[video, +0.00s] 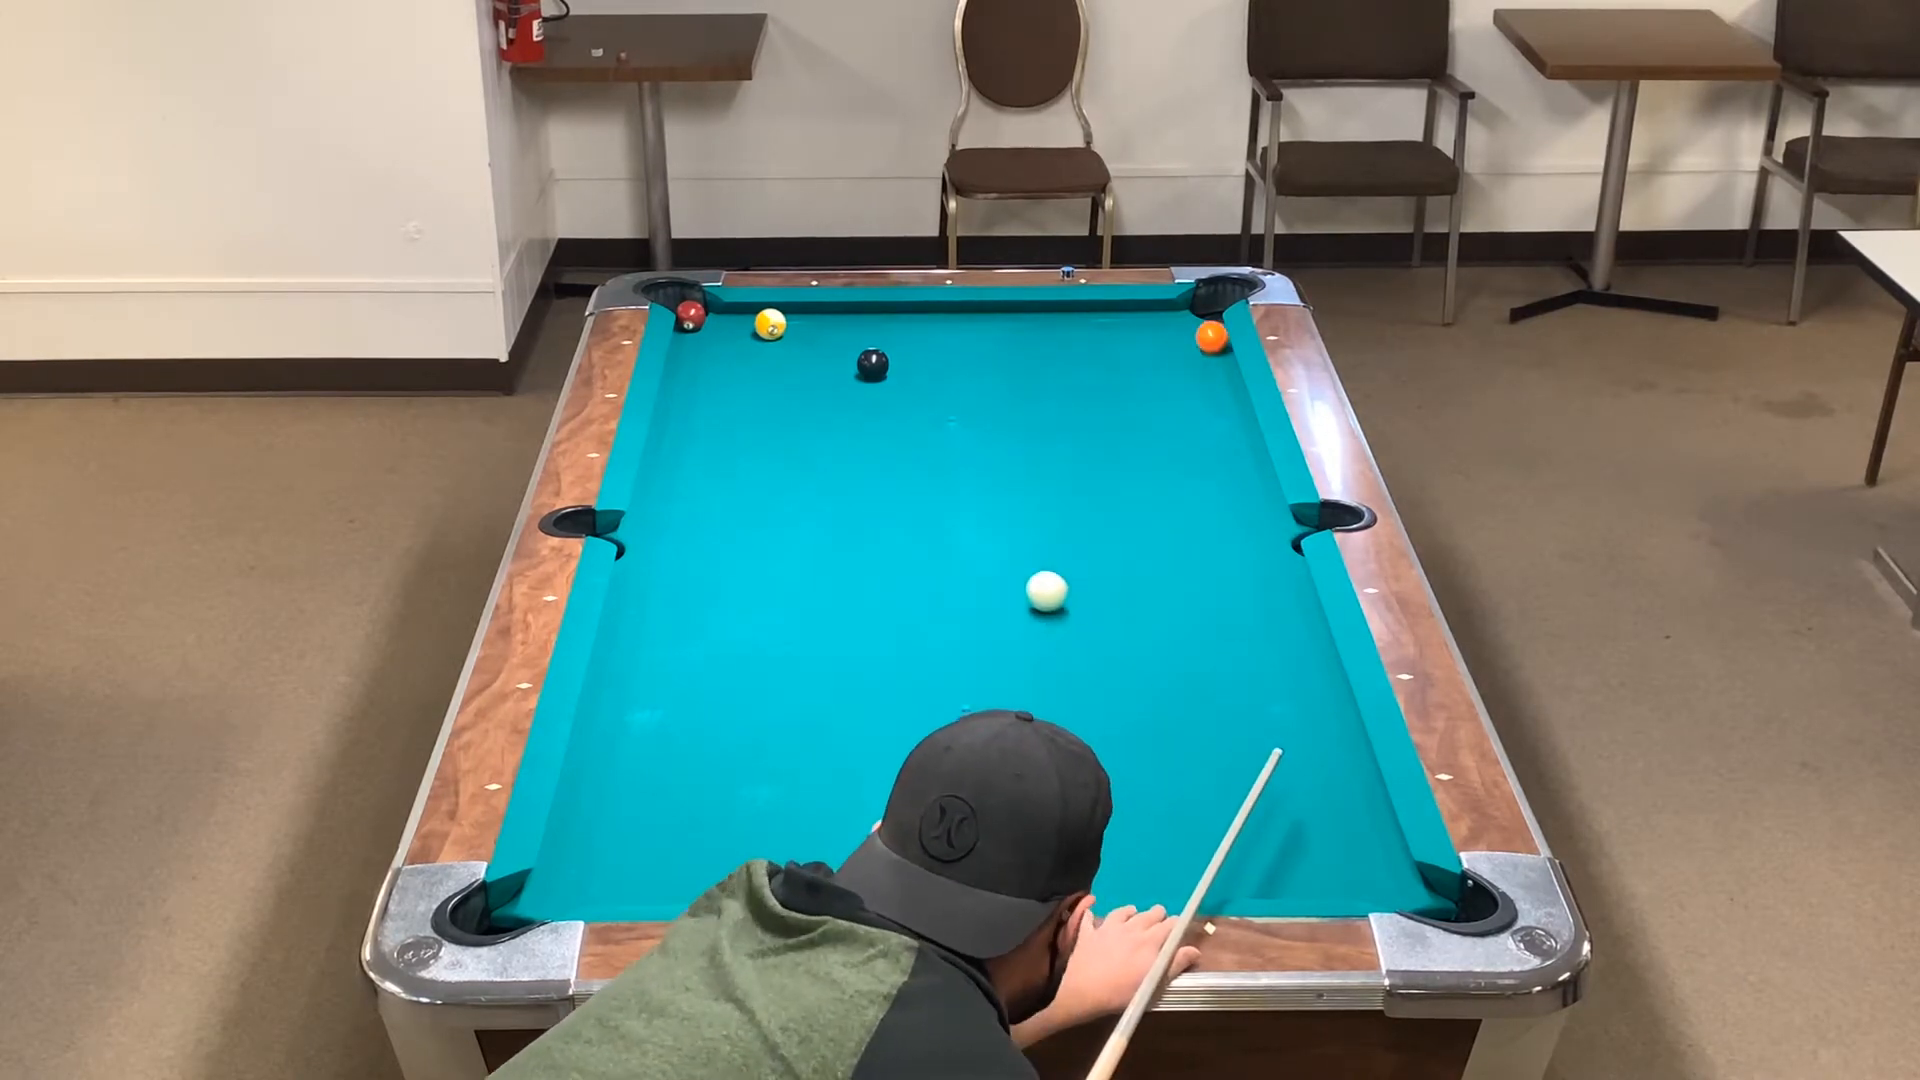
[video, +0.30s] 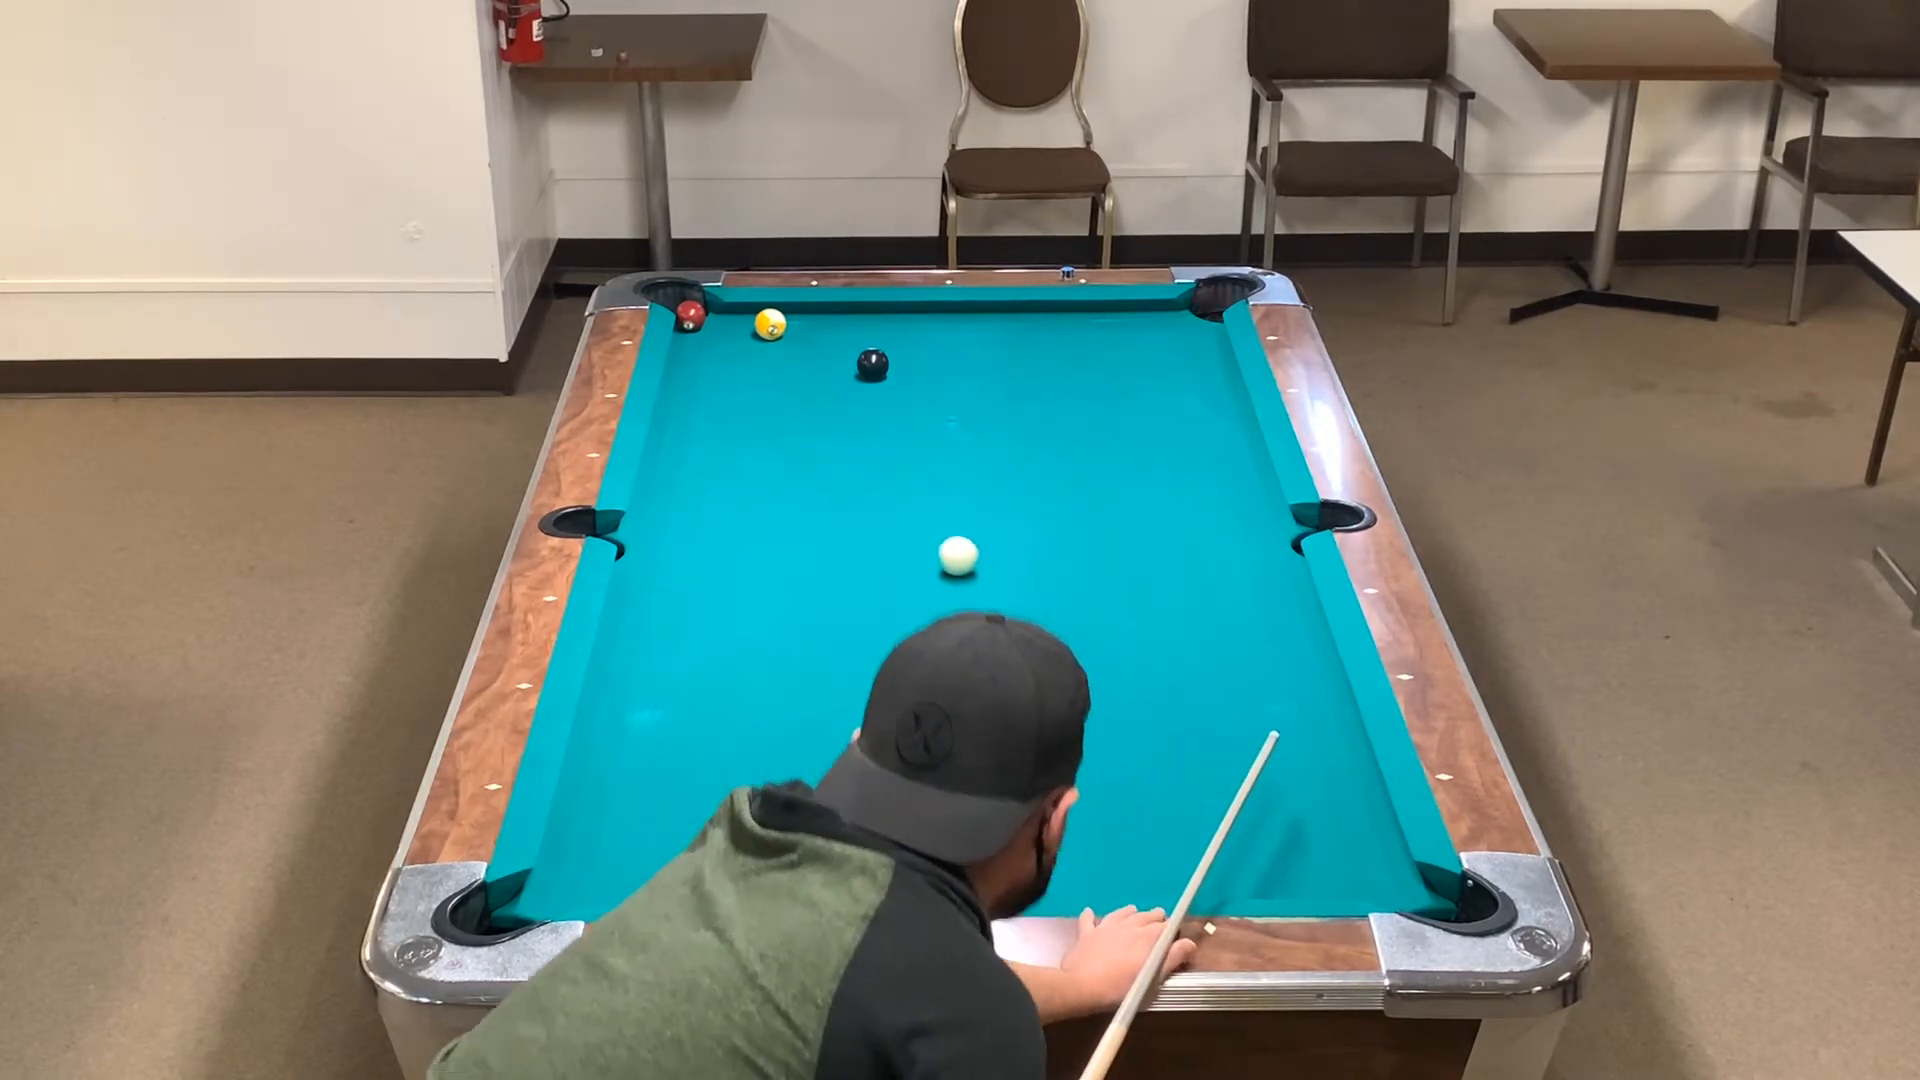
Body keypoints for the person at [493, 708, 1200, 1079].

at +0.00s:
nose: (1074, 929)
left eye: (1080, 913)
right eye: (1078, 913)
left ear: (890, 829)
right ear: (1059, 924)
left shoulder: (752, 897)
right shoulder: (950, 1042)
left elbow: (854, 1036)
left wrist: (1063, 1004)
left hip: (546, 1056)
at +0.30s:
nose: (1065, 819)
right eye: (1065, 802)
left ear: (862, 747)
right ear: (1048, 822)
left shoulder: (753, 825)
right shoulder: (967, 1009)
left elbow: (861, 966)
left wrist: (1070, 987)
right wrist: (1083, 988)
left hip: (471, 1053)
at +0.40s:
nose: (1056, 751)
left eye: (1053, 729)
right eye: (1057, 733)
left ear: (854, 688)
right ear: (1040, 759)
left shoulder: (750, 793)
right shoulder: (967, 971)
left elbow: (821, 947)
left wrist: (1057, 972)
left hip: (465, 1044)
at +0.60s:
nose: (1019, 613)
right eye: (1023, 592)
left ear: (806, 578)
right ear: (1003, 620)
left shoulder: (709, 709)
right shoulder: (942, 862)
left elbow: (800, 892)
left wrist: (1040, 955)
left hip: (430, 1048)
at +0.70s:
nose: (991, 552)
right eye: (991, 531)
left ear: (779, 519)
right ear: (974, 557)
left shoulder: (675, 670)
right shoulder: (926, 807)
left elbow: (773, 886)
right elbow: (885, 1068)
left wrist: (1026, 954)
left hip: (417, 1053)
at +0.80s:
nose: (962, 483)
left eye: (953, 458)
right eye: (959, 463)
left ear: (752, 461)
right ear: (942, 491)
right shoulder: (900, 755)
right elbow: (870, 1061)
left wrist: (1016, 952)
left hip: (425, 1047)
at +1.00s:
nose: (900, 388)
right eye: (896, 373)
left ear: (677, 387)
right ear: (884, 403)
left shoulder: (566, 579)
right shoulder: (869, 696)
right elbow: (885, 1056)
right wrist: (978, 1055)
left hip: (457, 1050)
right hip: (704, 1064)